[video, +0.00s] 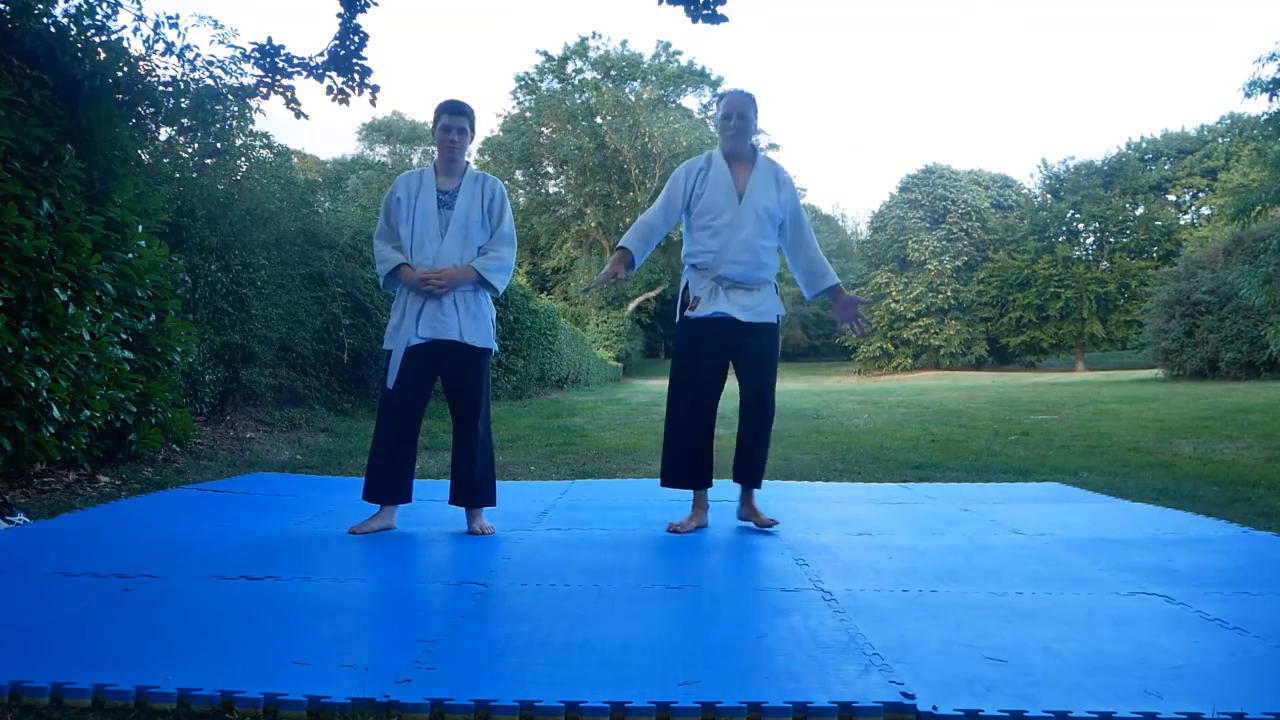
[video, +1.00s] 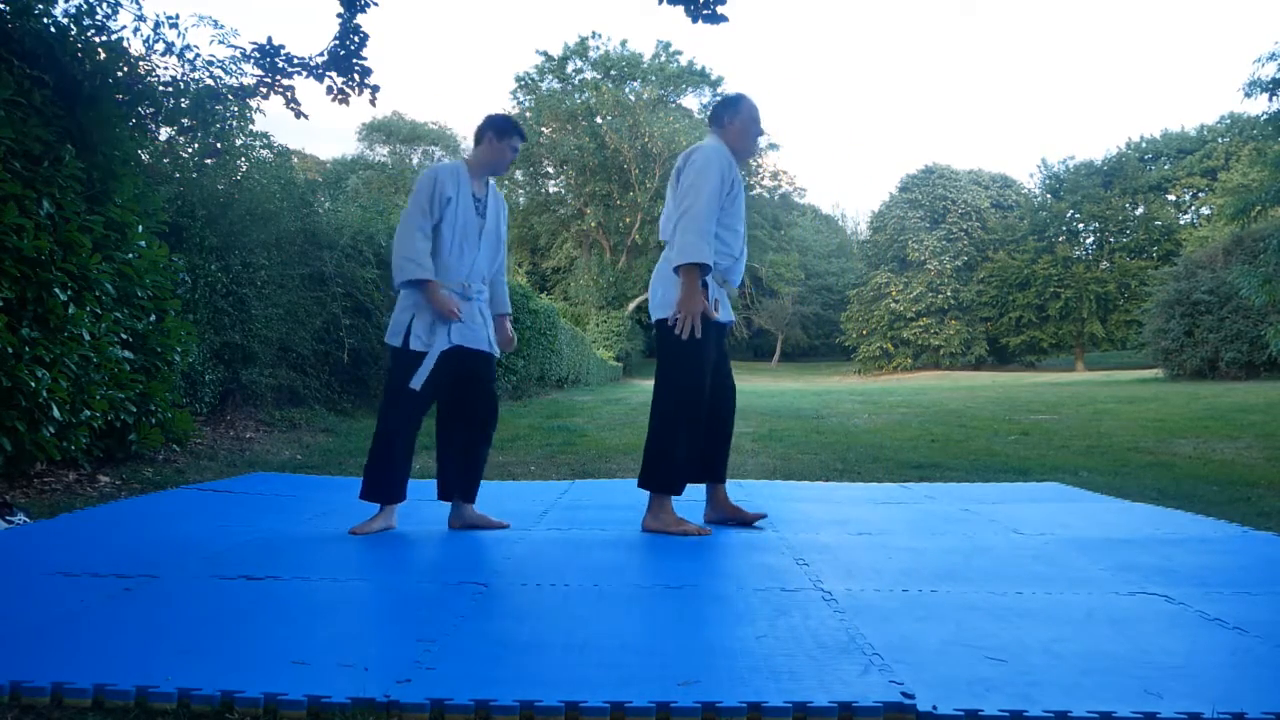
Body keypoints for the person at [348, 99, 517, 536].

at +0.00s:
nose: (452, 137)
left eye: (460, 131)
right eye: (446, 129)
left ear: (472, 139)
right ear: (433, 134)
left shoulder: (491, 190)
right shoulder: (405, 186)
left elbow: (503, 256)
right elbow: (383, 246)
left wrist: (457, 275)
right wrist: (412, 276)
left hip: (469, 321)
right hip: (413, 319)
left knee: (472, 420)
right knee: (397, 415)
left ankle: (475, 513)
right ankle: (387, 510)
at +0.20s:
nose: (453, 137)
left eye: (461, 131)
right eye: (446, 129)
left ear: (472, 138)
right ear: (433, 133)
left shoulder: (491, 190)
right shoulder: (404, 186)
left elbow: (503, 256)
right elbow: (383, 247)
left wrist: (457, 275)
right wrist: (411, 276)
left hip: (469, 321)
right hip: (413, 319)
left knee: (472, 420)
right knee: (397, 415)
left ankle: (475, 513)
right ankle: (388, 510)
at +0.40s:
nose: (466, 139)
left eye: (472, 133)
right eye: (459, 130)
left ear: (477, 138)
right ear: (437, 132)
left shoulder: (489, 190)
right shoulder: (403, 184)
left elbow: (502, 255)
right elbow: (381, 246)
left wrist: (457, 275)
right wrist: (410, 276)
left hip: (468, 321)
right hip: (412, 319)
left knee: (471, 420)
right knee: (396, 416)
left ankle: (475, 513)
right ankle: (387, 511)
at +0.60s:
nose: (477, 145)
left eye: (480, 138)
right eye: (470, 136)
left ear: (477, 141)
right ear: (443, 132)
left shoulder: (484, 191)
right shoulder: (401, 180)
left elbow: (496, 253)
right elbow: (378, 245)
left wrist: (468, 280)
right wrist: (415, 278)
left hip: (465, 322)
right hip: (409, 320)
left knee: (468, 421)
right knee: (393, 416)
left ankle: (473, 510)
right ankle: (387, 511)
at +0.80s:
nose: (488, 150)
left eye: (491, 143)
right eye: (484, 141)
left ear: (476, 143)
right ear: (458, 135)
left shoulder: (481, 193)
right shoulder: (413, 177)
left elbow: (488, 250)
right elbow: (389, 243)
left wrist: (488, 286)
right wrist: (432, 286)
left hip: (466, 319)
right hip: (413, 315)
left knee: (476, 407)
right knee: (394, 411)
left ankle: (473, 505)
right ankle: (386, 510)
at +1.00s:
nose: (514, 160)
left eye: (517, 153)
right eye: (512, 150)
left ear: (499, 147)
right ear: (489, 140)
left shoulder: (497, 203)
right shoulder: (439, 178)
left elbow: (496, 266)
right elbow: (410, 238)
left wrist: (502, 317)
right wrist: (432, 290)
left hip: (475, 325)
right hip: (424, 317)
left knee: (478, 412)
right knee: (400, 413)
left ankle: (463, 508)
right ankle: (386, 510)